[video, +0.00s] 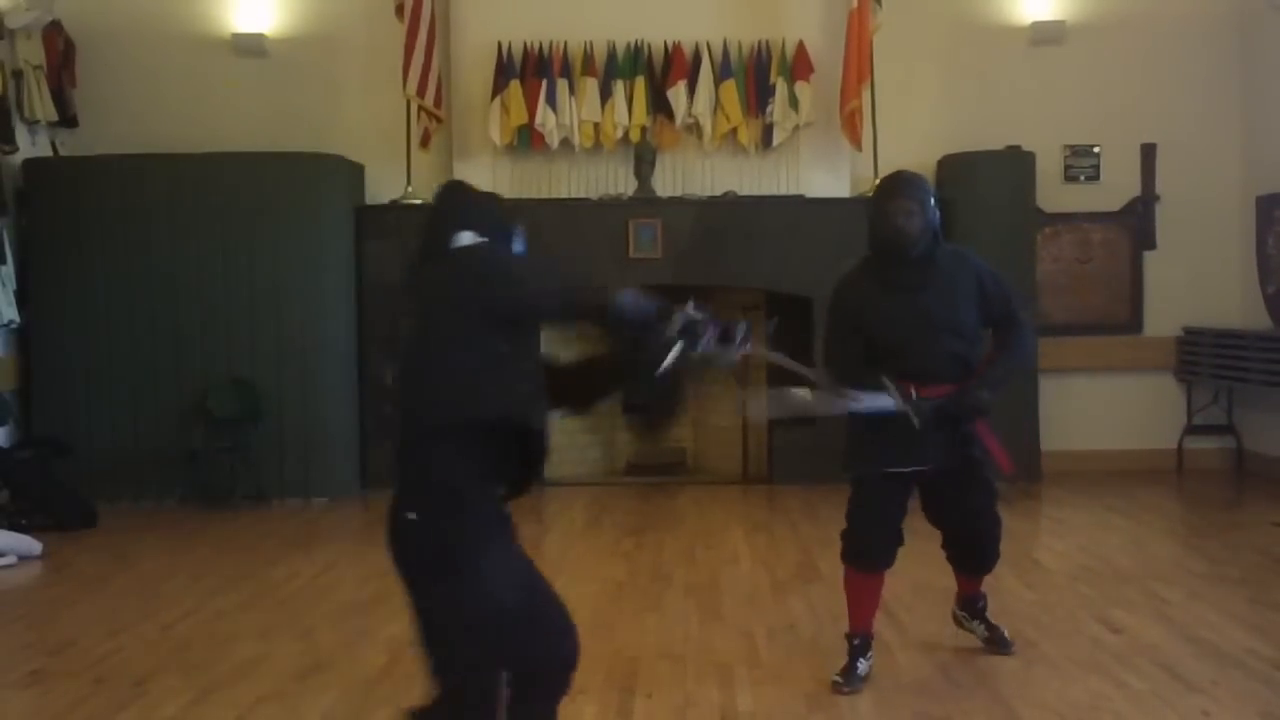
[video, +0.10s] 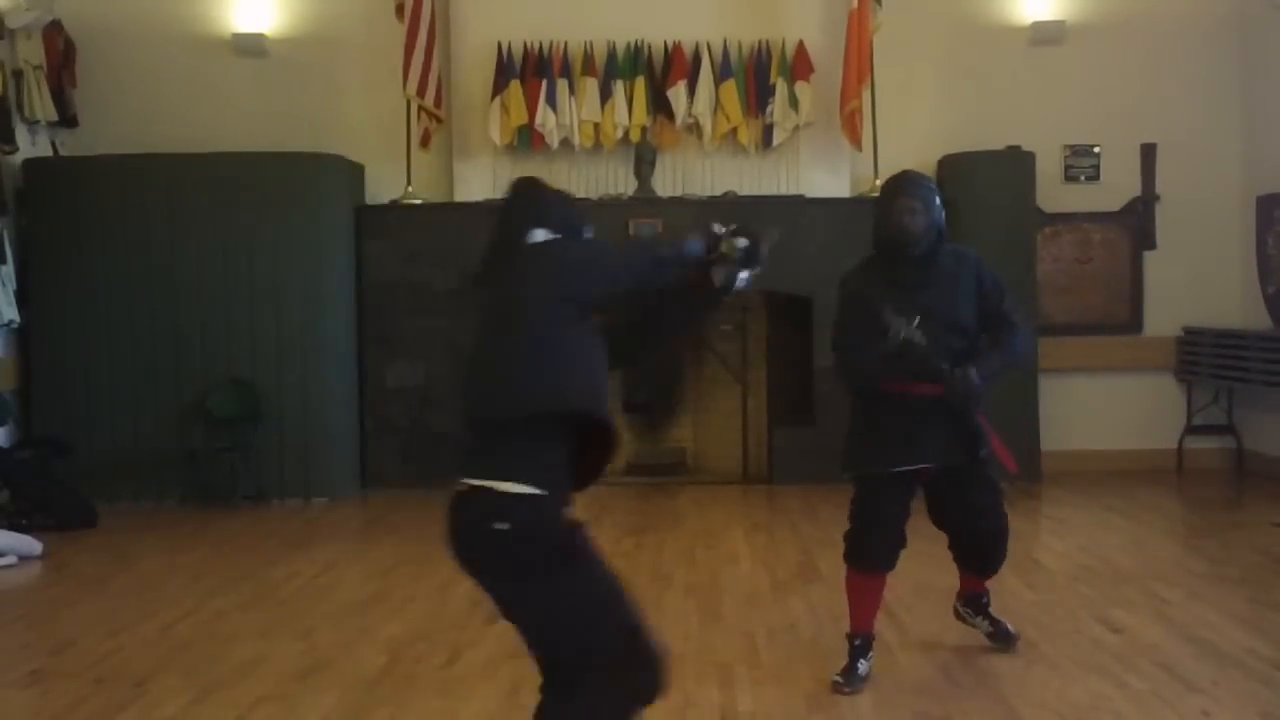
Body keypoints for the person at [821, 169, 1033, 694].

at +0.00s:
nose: (900, 224)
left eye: (911, 214)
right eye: (891, 214)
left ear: (934, 217)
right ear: (874, 219)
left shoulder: (965, 274)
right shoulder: (857, 288)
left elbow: (1016, 333)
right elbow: (841, 365)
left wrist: (985, 387)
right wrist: (880, 389)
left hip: (952, 425)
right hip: (882, 429)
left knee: (976, 527)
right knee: (868, 535)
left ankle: (970, 610)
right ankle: (859, 647)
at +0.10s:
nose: (905, 222)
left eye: (916, 212)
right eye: (896, 212)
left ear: (938, 217)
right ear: (879, 219)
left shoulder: (966, 272)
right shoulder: (863, 282)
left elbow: (1015, 337)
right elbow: (852, 362)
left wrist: (976, 373)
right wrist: (915, 373)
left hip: (952, 425)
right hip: (885, 427)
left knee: (983, 526)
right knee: (872, 536)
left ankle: (972, 603)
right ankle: (860, 646)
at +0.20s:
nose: (917, 222)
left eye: (927, 212)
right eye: (908, 212)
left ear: (948, 217)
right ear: (892, 219)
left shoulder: (973, 273)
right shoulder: (878, 276)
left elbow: (1011, 333)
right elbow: (876, 340)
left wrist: (963, 339)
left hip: (956, 424)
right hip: (891, 425)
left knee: (997, 526)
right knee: (878, 535)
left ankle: (980, 615)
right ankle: (859, 648)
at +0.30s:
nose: (942, 227)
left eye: (952, 216)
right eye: (930, 216)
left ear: (969, 219)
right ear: (913, 220)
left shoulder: (986, 268)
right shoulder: (894, 271)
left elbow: (1019, 312)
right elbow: (895, 307)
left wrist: (968, 303)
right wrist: (932, 259)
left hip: (973, 423)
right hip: (911, 423)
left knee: (999, 528)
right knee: (892, 533)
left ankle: (971, 624)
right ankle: (851, 645)